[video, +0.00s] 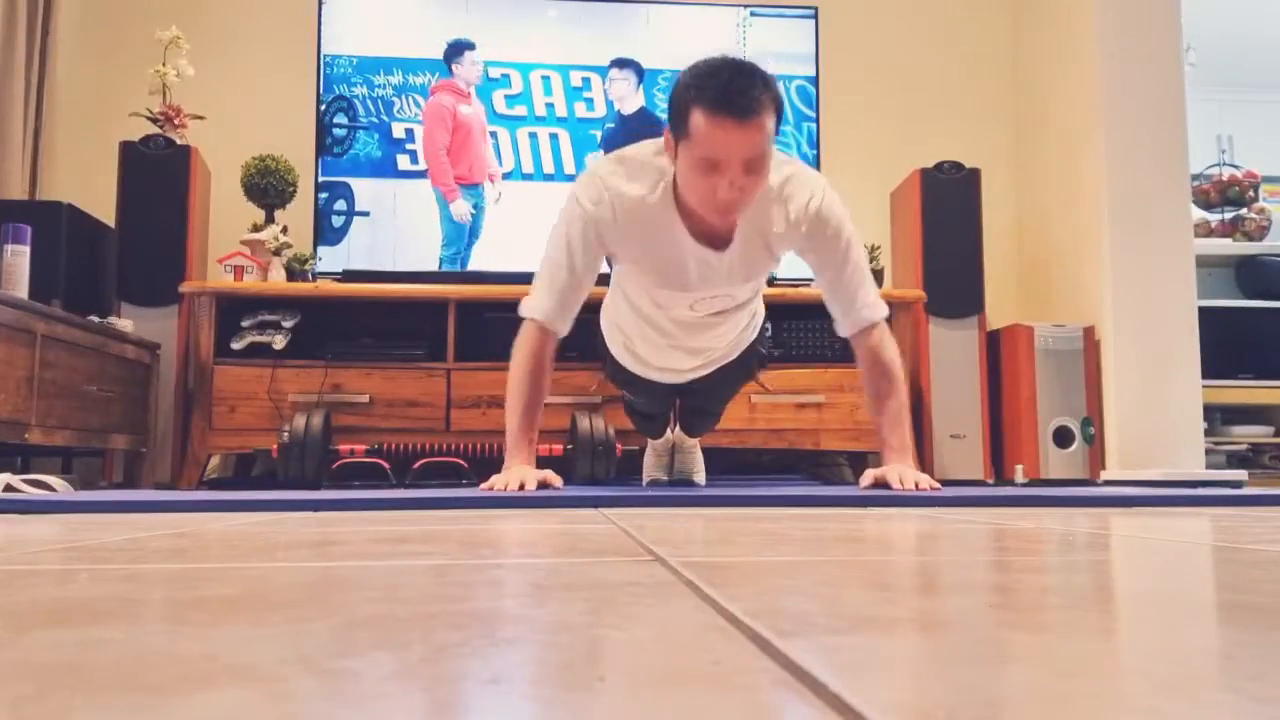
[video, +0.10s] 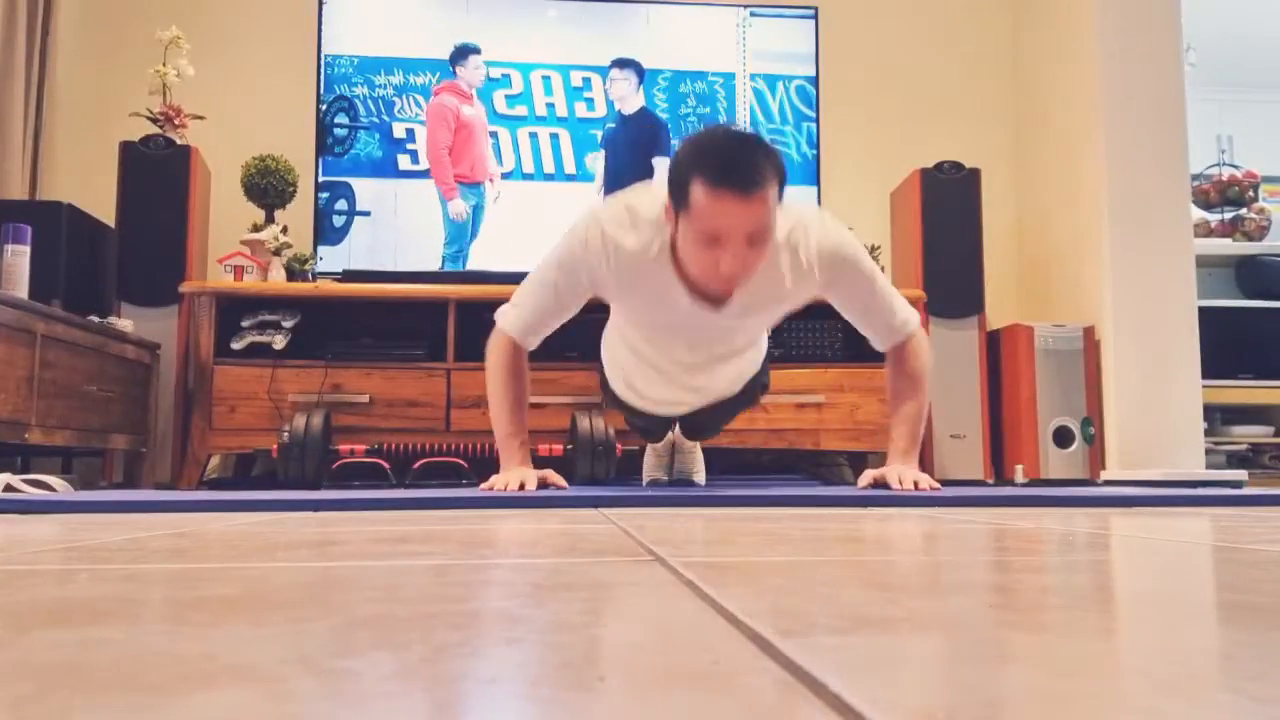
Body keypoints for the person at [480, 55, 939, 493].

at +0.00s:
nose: (730, 187)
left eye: (750, 167)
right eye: (710, 167)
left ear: (771, 150)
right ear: (671, 146)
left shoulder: (802, 199)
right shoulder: (607, 191)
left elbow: (871, 334)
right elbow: (539, 327)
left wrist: (898, 457)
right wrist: (518, 460)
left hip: (733, 342)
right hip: (637, 342)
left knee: (703, 413)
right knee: (651, 413)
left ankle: (685, 442)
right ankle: (657, 446)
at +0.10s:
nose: (732, 263)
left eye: (752, 241)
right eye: (712, 240)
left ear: (776, 218)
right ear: (673, 216)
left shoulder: (814, 244)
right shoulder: (607, 234)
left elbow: (906, 339)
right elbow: (507, 339)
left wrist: (903, 460)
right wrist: (513, 461)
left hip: (731, 385)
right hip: (635, 384)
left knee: (701, 428)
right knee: (650, 429)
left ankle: (686, 445)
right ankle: (661, 448)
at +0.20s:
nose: (734, 345)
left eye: (754, 323)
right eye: (714, 323)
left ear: (781, 296)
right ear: (674, 296)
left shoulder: (817, 293)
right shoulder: (612, 289)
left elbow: (928, 348)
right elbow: (496, 346)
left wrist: (906, 461)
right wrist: (513, 463)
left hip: (740, 428)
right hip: (634, 430)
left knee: (737, 562)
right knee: (625, 561)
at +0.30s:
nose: (735, 416)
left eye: (758, 393)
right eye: (716, 393)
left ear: (787, 361)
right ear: (676, 363)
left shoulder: (818, 342)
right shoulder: (615, 337)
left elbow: (935, 349)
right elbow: (493, 346)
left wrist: (905, 463)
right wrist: (513, 463)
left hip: (740, 476)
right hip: (622, 476)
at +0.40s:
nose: (743, 450)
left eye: (768, 431)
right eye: (722, 431)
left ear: (795, 392)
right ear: (679, 396)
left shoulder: (819, 365)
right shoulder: (627, 369)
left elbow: (926, 348)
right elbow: (503, 343)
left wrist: (905, 461)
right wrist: (514, 462)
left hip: (753, 486)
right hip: (641, 484)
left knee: (748, 599)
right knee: (644, 596)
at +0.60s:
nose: (745, 321)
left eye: (764, 299)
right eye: (725, 299)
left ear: (787, 282)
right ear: (684, 278)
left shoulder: (819, 289)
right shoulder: (619, 285)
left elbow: (915, 350)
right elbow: (504, 347)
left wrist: (901, 461)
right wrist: (516, 464)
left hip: (744, 432)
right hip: (641, 434)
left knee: (744, 557)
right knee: (636, 557)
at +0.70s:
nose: (745, 183)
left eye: (765, 161)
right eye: (726, 160)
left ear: (785, 153)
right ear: (686, 143)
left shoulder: (811, 200)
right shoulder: (619, 196)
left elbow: (884, 326)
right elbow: (537, 322)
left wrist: (899, 456)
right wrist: (519, 460)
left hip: (740, 376)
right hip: (643, 376)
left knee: (706, 421)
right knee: (652, 422)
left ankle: (685, 440)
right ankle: (656, 446)